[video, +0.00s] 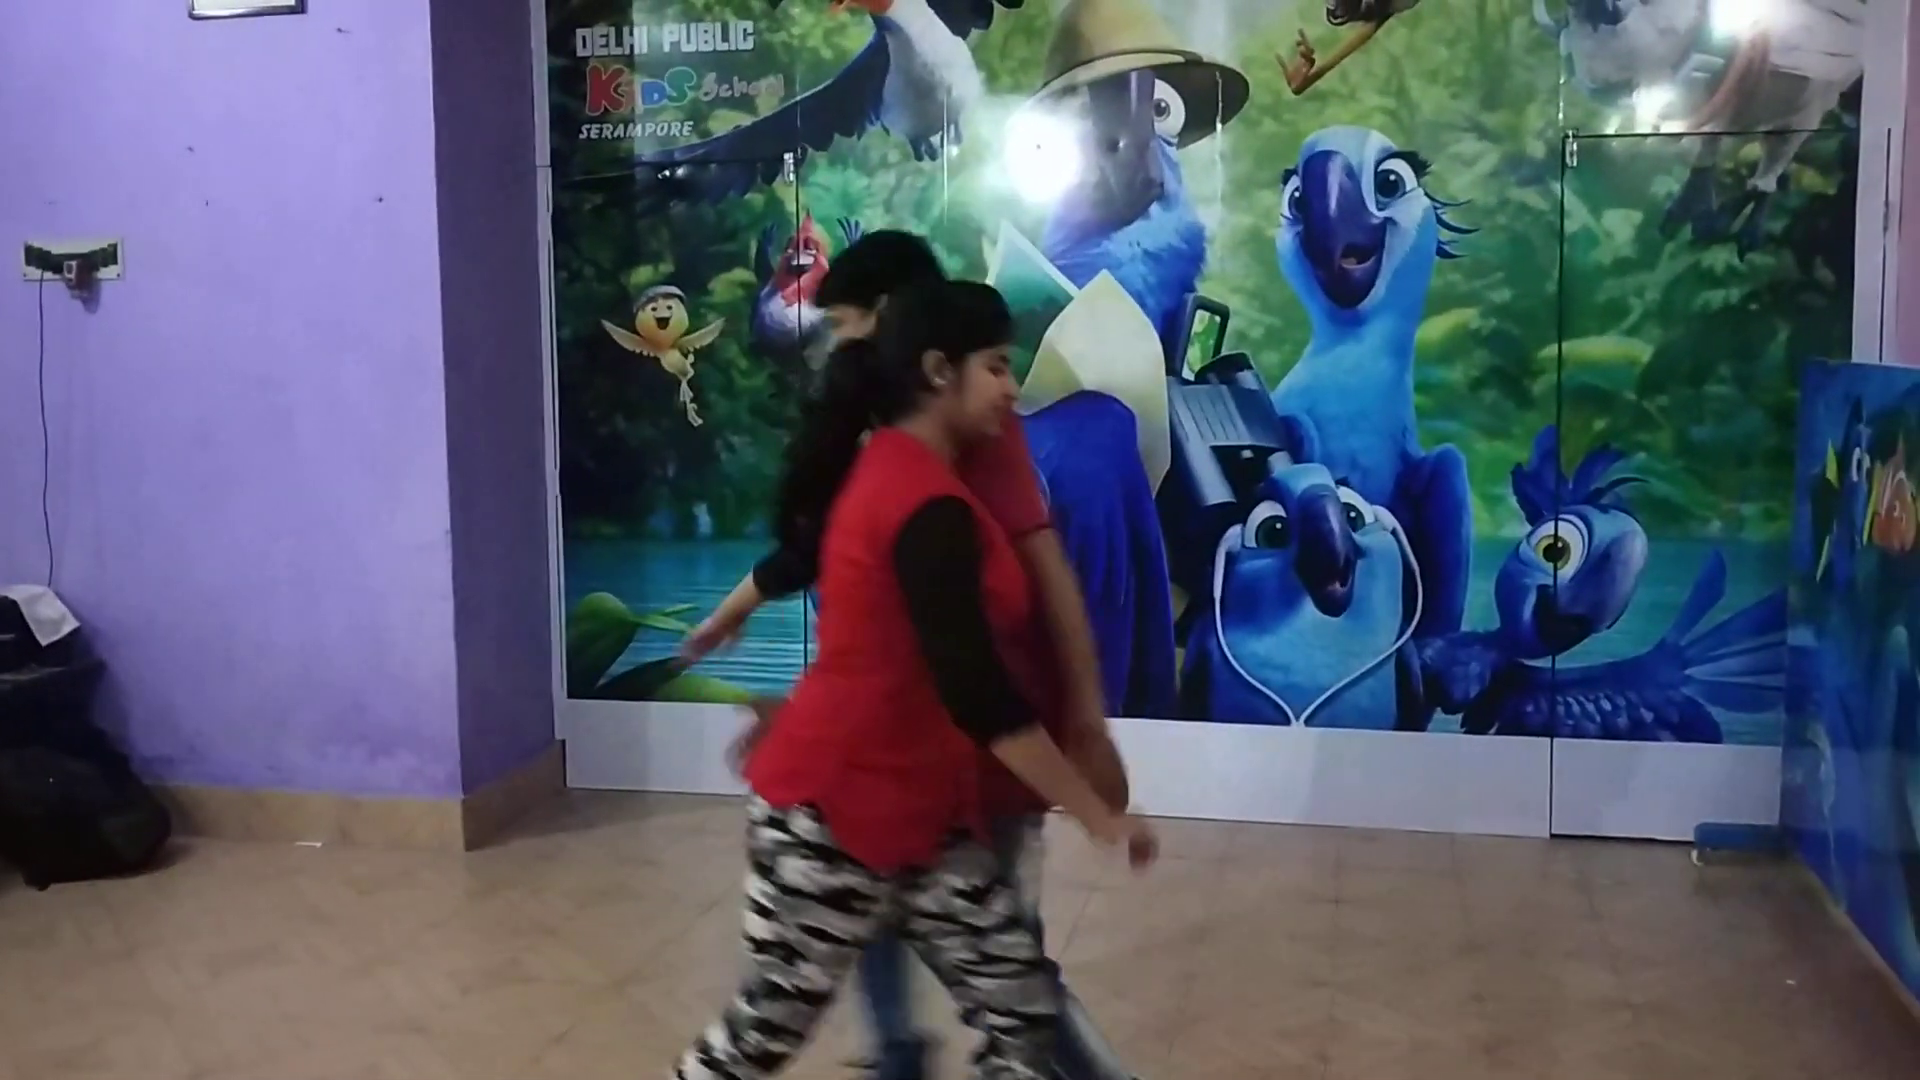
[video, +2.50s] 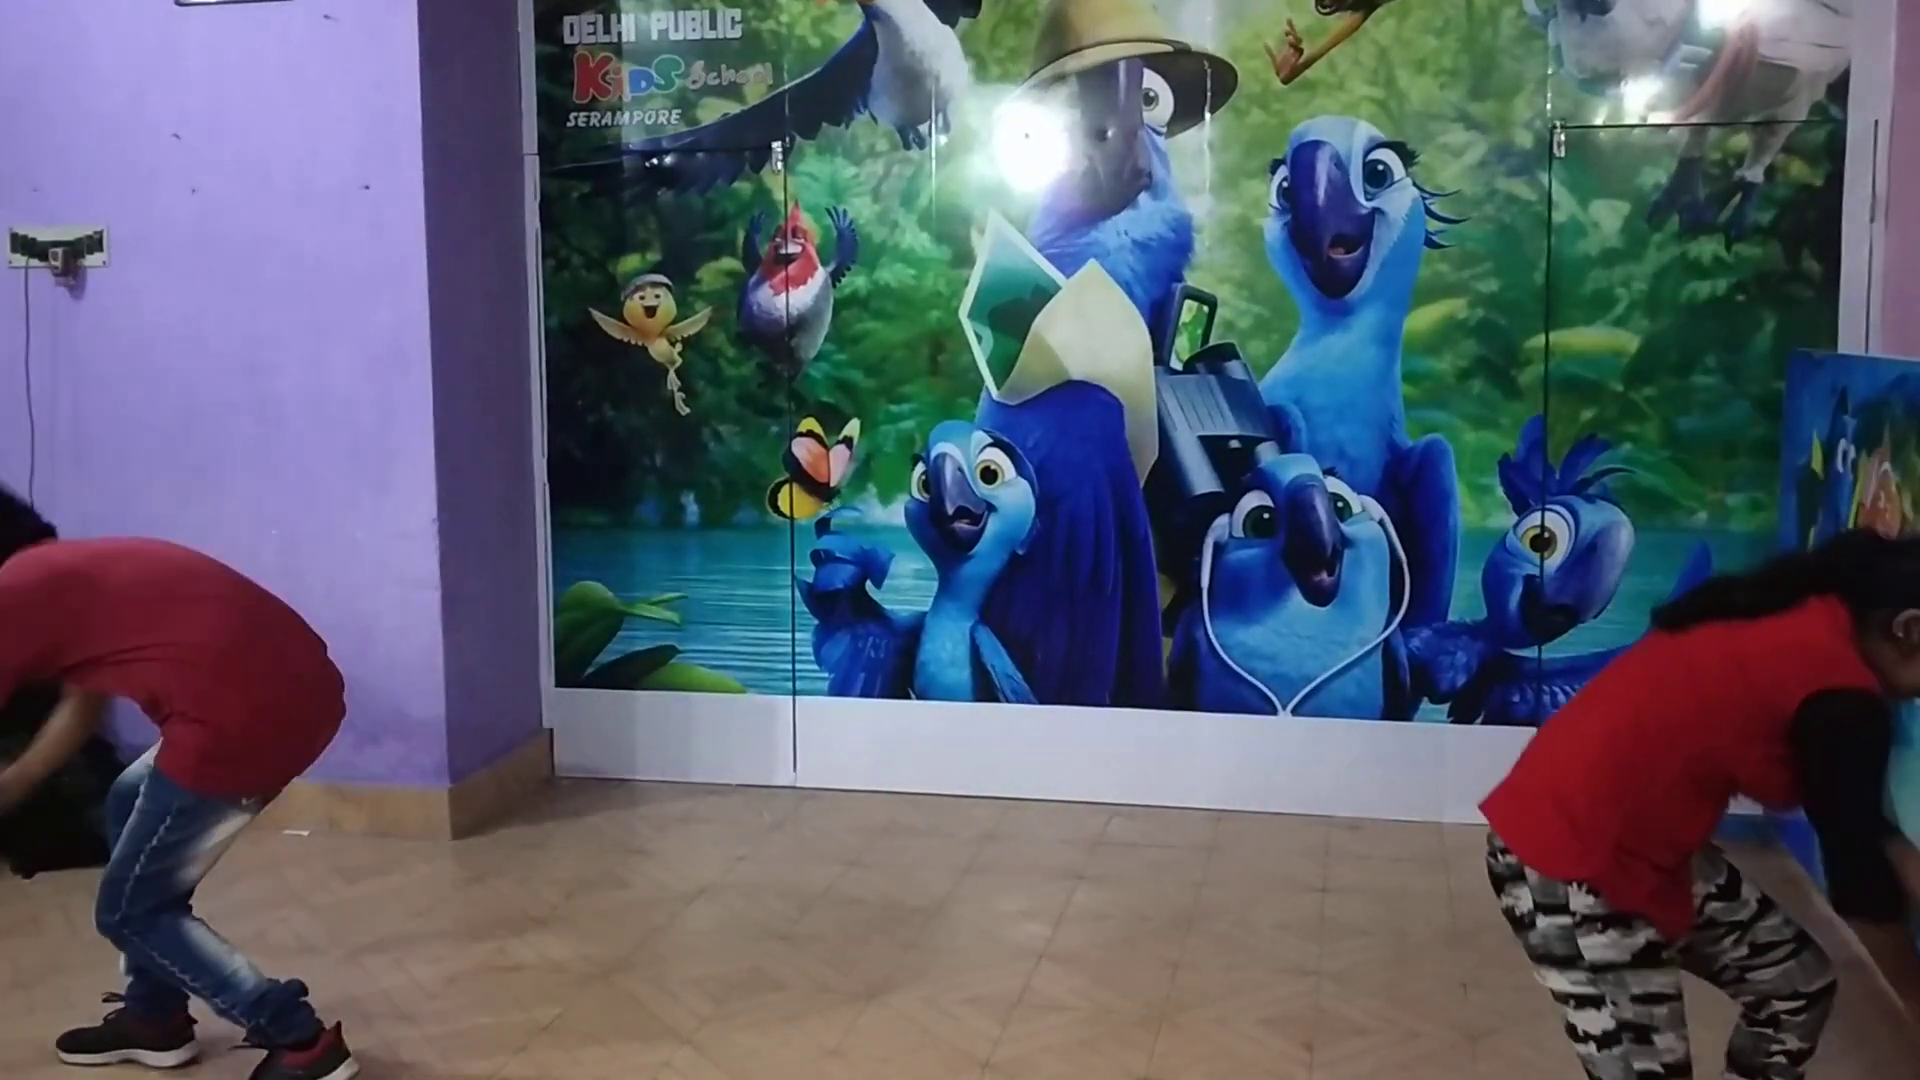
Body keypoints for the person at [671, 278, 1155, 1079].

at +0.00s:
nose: (1013, 389)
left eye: (1011, 368)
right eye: (997, 367)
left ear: (942, 374)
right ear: (939, 371)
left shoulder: (891, 467)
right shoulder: (928, 502)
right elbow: (978, 697)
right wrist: (1100, 818)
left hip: (920, 813)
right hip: (830, 813)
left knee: (1024, 1014)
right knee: (763, 1031)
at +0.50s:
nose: (462, 333)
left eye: (467, 313)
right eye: (459, 316)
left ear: (511, 304)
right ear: (535, 305)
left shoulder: (550, 401)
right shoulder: (603, 384)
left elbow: (608, 555)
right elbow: (682, 515)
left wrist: (637, 714)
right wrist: (711, 640)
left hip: (566, 701)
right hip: (621, 694)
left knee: (443, 858)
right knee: (583, 876)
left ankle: (486, 1031)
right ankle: (656, 1049)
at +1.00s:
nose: (185, 300)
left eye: (186, 281)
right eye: (181, 283)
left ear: (220, 272)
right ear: (266, 270)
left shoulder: (236, 374)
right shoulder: (333, 363)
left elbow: (235, 539)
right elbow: (392, 493)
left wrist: (208, 698)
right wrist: (404, 621)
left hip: (242, 668)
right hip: (304, 651)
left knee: (243, 871)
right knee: (188, 808)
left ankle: (324, 1046)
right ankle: (151, 982)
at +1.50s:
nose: (89, 304)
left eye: (88, 284)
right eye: (84, 287)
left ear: (121, 273)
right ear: (174, 271)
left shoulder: (139, 371)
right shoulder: (240, 360)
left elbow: (150, 528)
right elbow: (292, 503)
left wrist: (135, 685)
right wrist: (296, 625)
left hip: (182, 655)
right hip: (241, 639)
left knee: (241, 855)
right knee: (169, 820)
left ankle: (326, 1043)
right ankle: (161, 1008)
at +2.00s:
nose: (79, 307)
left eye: (80, 288)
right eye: (76, 291)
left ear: (110, 283)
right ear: (174, 281)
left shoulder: (122, 386)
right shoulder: (236, 372)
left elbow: (168, 507)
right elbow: (319, 481)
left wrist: (211, 635)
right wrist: (387, 575)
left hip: (148, 672)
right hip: (215, 650)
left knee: (211, 867)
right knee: (120, 810)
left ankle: (324, 1046)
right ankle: (157, 1010)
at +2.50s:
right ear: (28, 532)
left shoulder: (15, 596)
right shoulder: (83, 573)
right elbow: (80, 708)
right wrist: (13, 783)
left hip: (239, 716)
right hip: (302, 685)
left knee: (132, 914)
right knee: (129, 800)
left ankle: (303, 1040)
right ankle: (154, 1017)